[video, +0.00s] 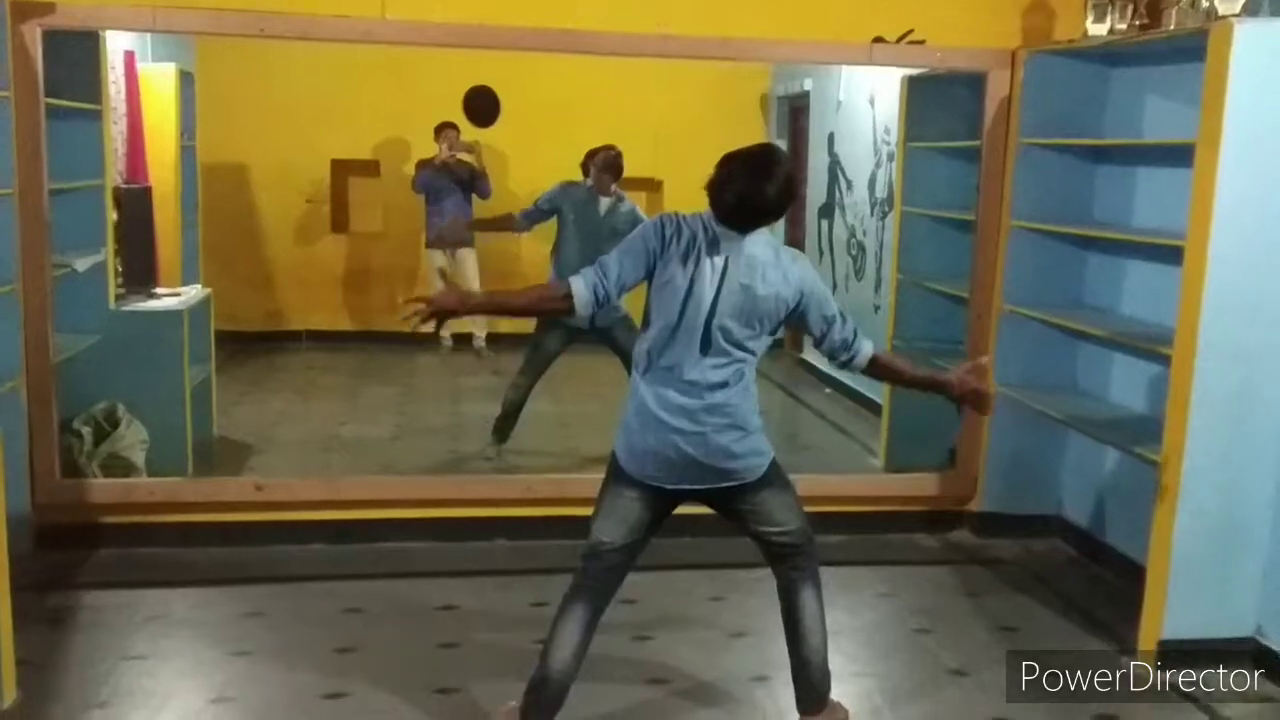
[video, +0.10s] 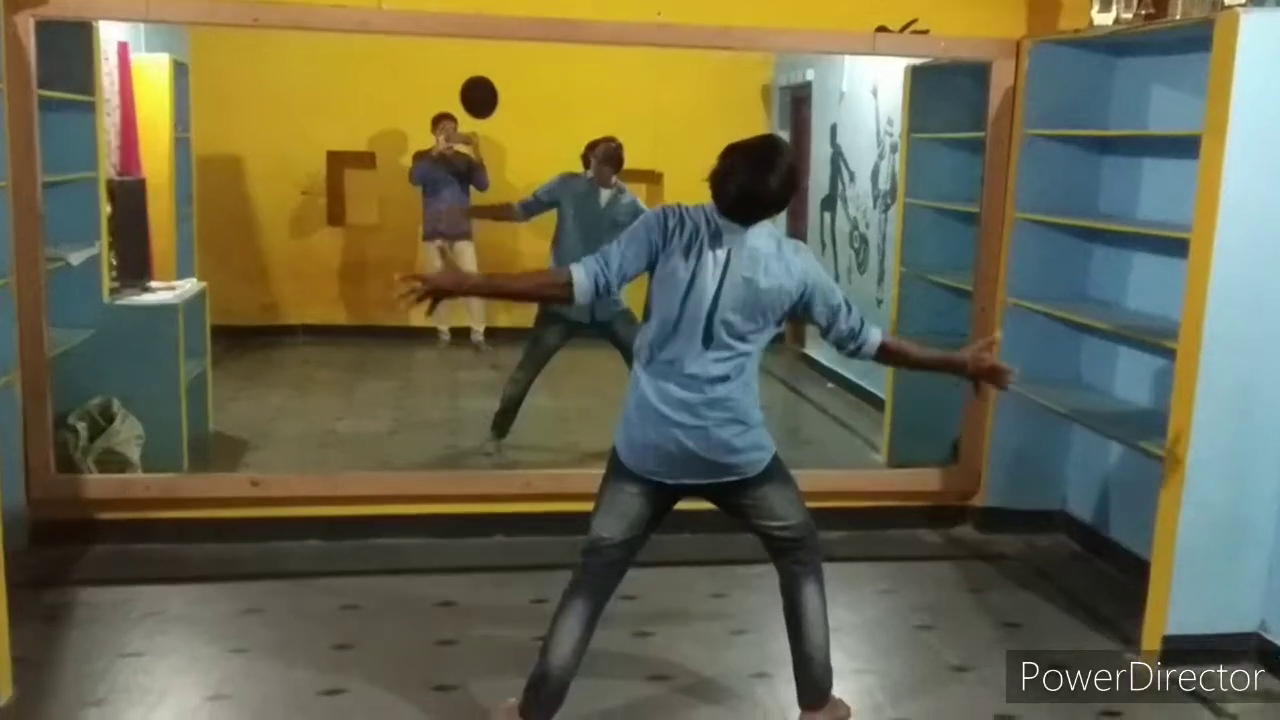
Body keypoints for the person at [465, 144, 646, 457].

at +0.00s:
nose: (608, 174)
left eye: (614, 169)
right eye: (603, 167)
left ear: (619, 174)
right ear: (589, 169)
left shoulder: (630, 214)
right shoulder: (567, 195)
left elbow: (660, 253)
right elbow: (521, 221)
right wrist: (467, 226)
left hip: (610, 311)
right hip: (562, 310)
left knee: (648, 370)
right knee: (528, 375)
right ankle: (497, 440)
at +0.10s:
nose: (605, 168)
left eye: (611, 163)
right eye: (601, 161)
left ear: (618, 167)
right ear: (589, 161)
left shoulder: (630, 206)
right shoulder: (568, 186)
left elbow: (661, 250)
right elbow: (520, 210)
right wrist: (466, 212)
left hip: (610, 306)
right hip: (562, 305)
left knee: (651, 366)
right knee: (527, 370)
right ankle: (496, 436)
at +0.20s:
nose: (607, 161)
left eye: (614, 156)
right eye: (602, 154)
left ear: (620, 162)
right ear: (589, 157)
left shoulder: (631, 202)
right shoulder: (568, 183)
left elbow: (659, 249)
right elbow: (519, 204)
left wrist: (651, 311)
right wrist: (466, 201)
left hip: (609, 301)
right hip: (562, 299)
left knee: (651, 360)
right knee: (527, 366)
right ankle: (498, 429)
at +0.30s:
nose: (605, 152)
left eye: (610, 148)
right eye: (602, 146)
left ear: (619, 158)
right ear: (590, 152)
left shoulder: (634, 201)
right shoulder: (568, 178)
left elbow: (659, 252)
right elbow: (518, 198)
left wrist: (650, 309)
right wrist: (464, 192)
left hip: (608, 297)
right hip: (562, 295)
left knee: (650, 359)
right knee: (526, 362)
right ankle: (496, 427)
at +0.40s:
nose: (611, 144)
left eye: (614, 141)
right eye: (604, 140)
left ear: (619, 154)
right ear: (589, 148)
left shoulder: (632, 195)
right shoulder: (566, 175)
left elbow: (657, 243)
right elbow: (516, 191)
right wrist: (464, 182)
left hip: (608, 294)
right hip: (561, 292)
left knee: (651, 354)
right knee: (524, 360)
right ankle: (496, 424)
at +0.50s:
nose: (614, 136)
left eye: (617, 133)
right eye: (607, 131)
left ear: (621, 147)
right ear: (589, 142)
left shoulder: (631, 190)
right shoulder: (564, 171)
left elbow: (653, 242)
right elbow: (513, 186)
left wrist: (647, 294)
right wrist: (464, 173)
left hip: (606, 289)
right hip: (559, 288)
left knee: (650, 351)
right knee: (522, 359)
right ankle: (495, 420)